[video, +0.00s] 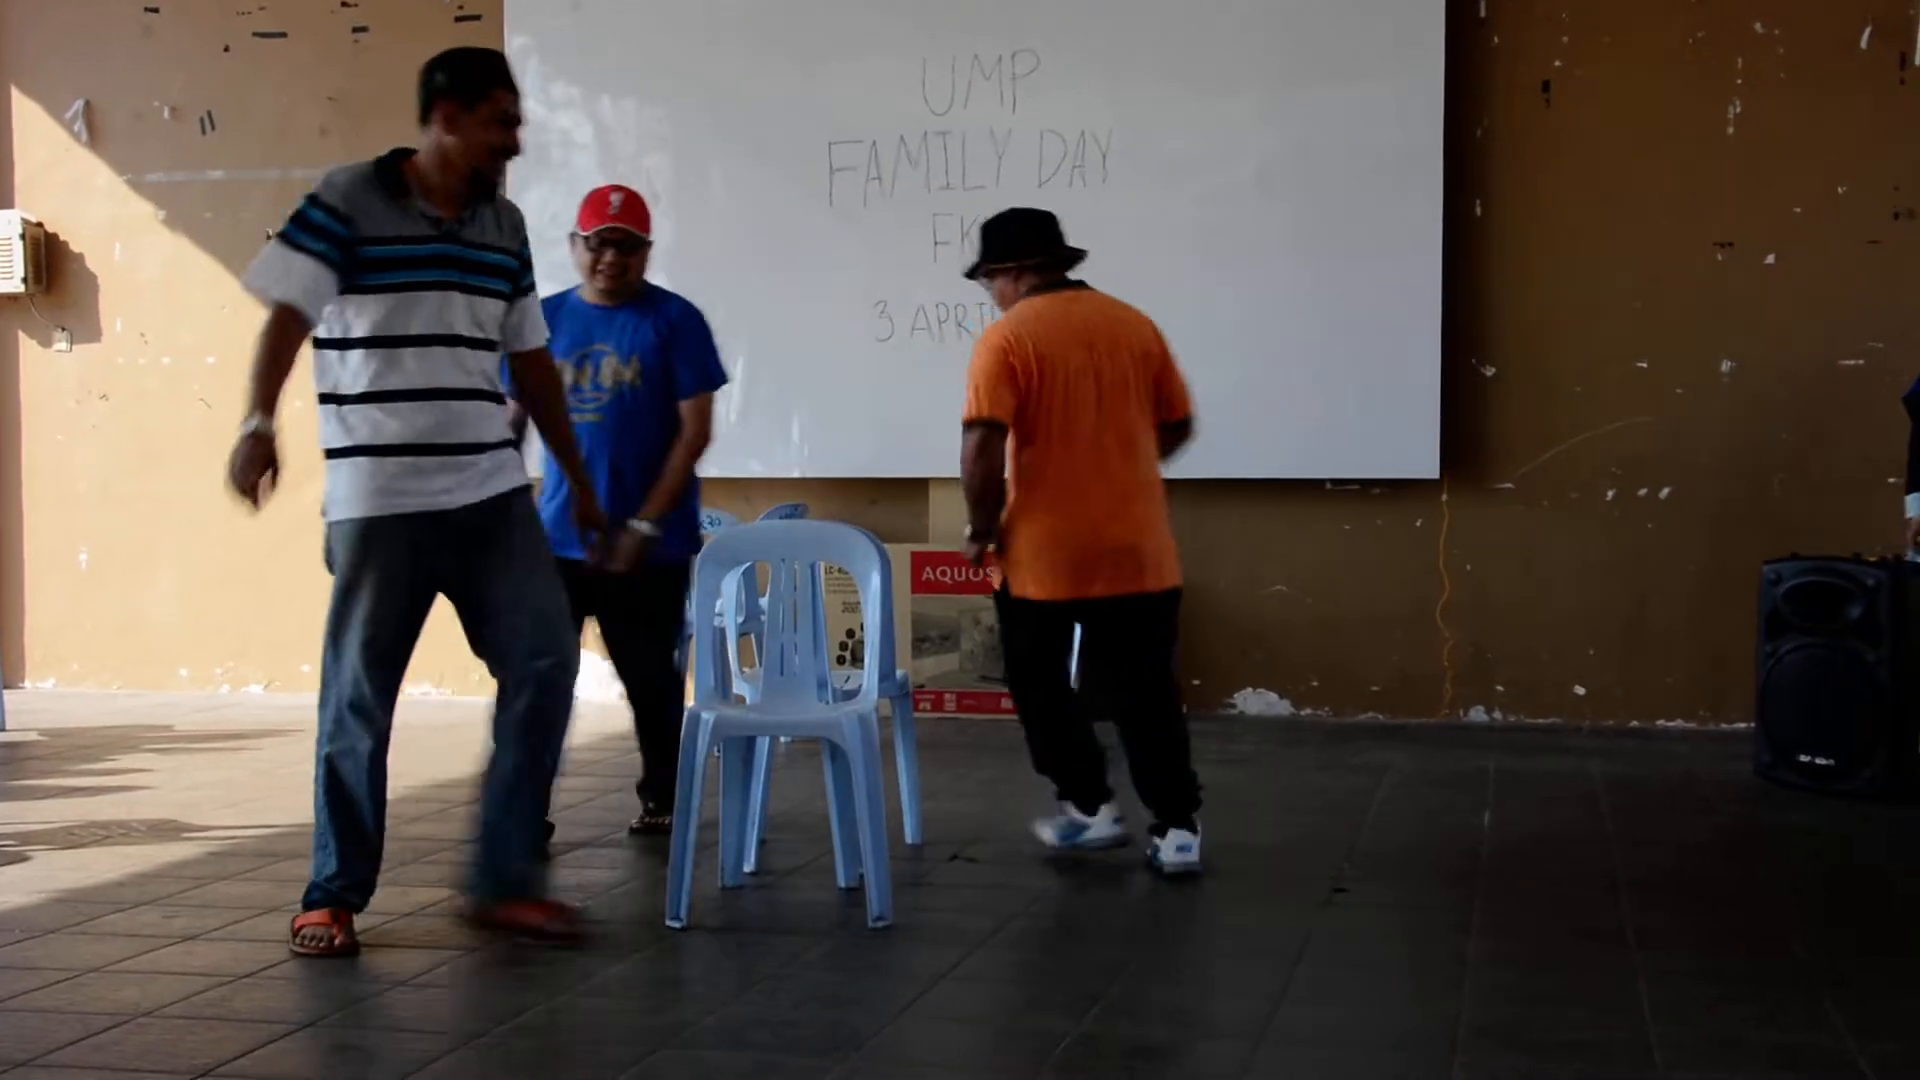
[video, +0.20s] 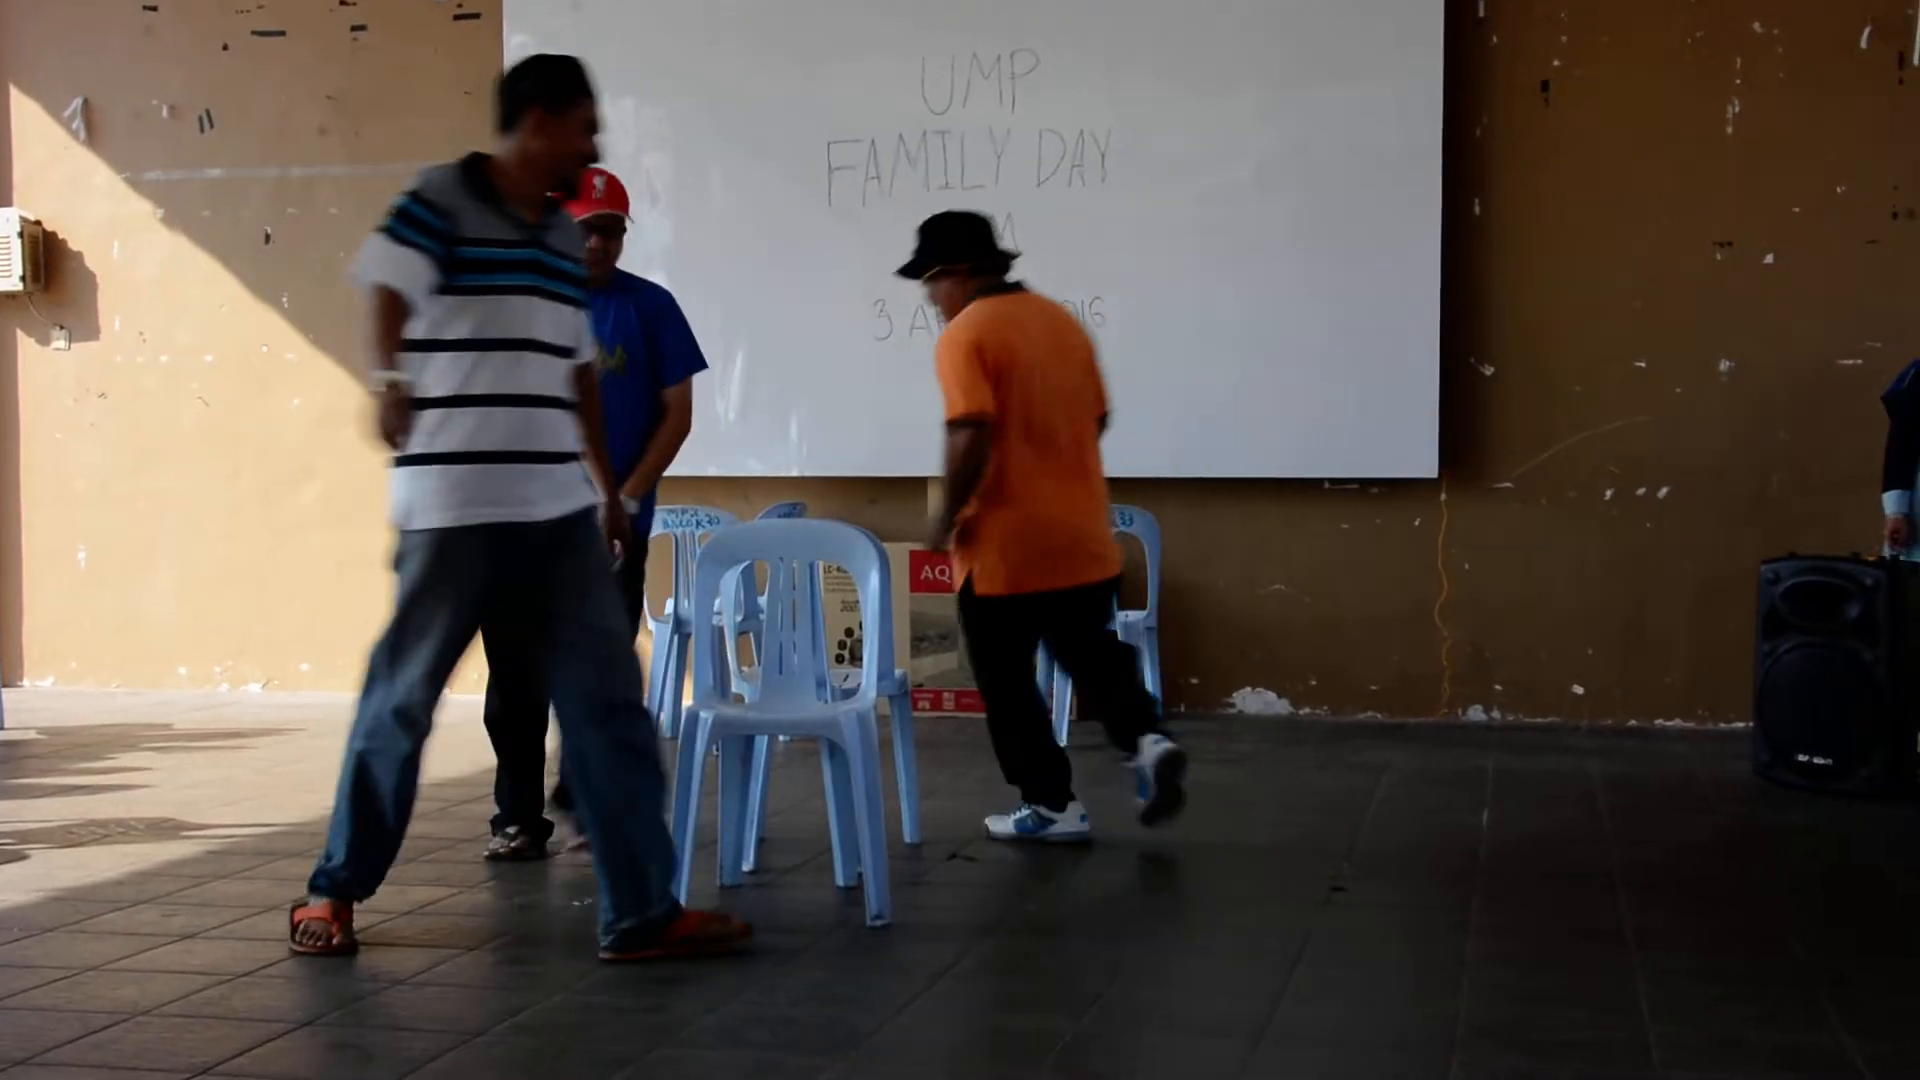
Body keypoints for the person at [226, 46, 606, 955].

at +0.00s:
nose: (513, 143)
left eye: (517, 127)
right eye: (501, 126)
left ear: (483, 125)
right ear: (443, 116)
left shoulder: (502, 223)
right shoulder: (349, 201)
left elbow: (530, 360)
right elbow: (287, 317)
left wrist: (579, 478)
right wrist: (257, 423)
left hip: (492, 501)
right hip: (380, 504)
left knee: (544, 663)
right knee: (356, 704)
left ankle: (508, 884)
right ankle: (333, 895)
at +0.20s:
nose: (590, 154)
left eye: (594, 138)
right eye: (583, 134)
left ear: (558, 127)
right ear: (535, 119)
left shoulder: (566, 243)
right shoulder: (443, 197)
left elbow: (581, 376)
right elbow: (385, 288)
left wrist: (602, 488)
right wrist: (389, 381)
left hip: (559, 504)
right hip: (453, 503)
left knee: (606, 701)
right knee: (400, 703)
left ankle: (643, 913)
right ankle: (333, 893)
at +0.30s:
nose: (643, 146)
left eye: (645, 129)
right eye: (635, 127)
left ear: (600, 121)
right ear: (587, 119)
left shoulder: (602, 223)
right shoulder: (501, 198)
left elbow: (590, 350)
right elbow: (443, 303)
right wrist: (472, 397)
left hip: (616, 510)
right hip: (523, 514)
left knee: (661, 699)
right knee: (463, 696)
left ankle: (648, 913)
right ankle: (344, 874)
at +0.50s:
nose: (587, 228)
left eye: (599, 216)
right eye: (576, 213)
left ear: (611, 224)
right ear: (546, 214)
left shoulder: (616, 304)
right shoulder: (493, 295)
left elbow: (643, 413)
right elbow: (459, 407)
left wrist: (635, 507)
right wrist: (481, 507)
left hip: (593, 535)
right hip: (508, 533)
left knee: (579, 691)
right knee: (482, 679)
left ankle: (559, 830)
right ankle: (510, 813)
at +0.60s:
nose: (614, 220)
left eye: (623, 207)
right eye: (599, 206)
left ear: (629, 212)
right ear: (556, 203)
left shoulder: (629, 296)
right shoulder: (493, 284)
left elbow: (654, 412)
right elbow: (457, 400)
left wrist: (650, 519)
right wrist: (482, 511)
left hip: (601, 535)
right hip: (509, 529)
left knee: (583, 706)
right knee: (477, 668)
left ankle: (546, 845)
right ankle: (475, 786)